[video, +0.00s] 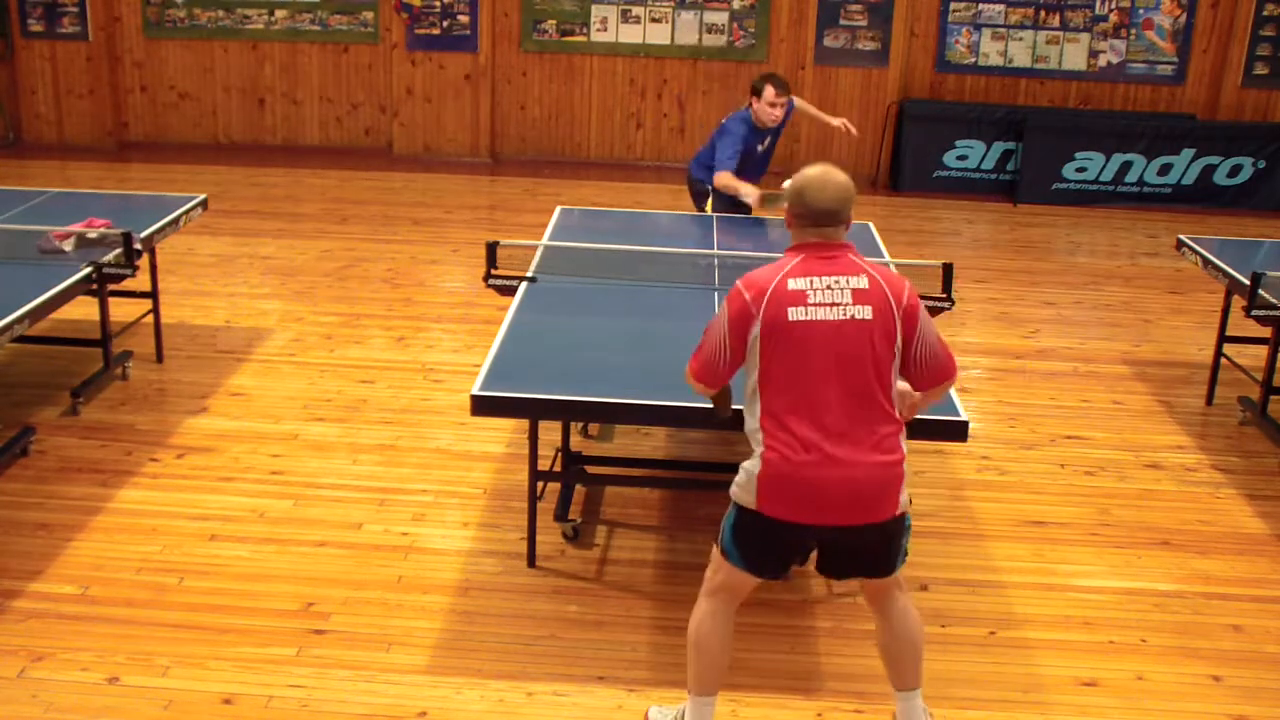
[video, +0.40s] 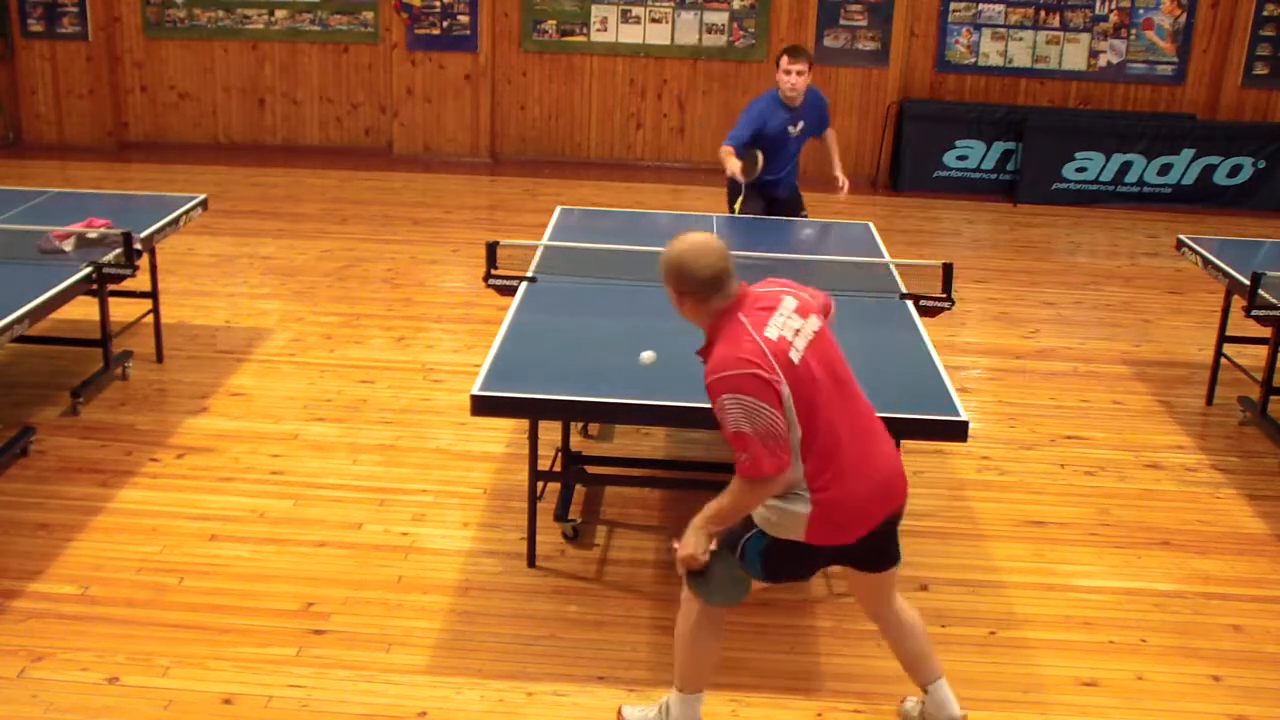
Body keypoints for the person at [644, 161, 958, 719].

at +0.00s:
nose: (784, 214)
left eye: (786, 207)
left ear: (789, 216)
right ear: (850, 218)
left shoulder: (758, 288)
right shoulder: (890, 287)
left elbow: (705, 375)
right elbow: (941, 369)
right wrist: (907, 401)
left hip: (780, 490)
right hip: (874, 492)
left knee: (721, 594)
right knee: (888, 593)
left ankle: (696, 713)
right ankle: (912, 712)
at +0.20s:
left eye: (756, 230)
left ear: (756, 239)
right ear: (817, 233)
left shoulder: (750, 323)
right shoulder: (871, 292)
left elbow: (713, 428)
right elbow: (915, 363)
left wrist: (687, 423)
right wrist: (852, 362)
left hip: (796, 505)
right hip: (884, 499)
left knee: (709, 582)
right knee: (886, 597)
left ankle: (684, 711)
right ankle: (919, 711)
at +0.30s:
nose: (711, 263)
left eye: (712, 257)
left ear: (718, 266)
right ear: (775, 249)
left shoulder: (744, 351)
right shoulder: (829, 289)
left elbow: (737, 471)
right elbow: (863, 349)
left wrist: (691, 494)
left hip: (812, 514)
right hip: (891, 496)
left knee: (711, 583)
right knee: (881, 596)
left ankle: (683, 708)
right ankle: (926, 709)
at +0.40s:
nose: (672, 300)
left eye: (671, 292)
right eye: (671, 291)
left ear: (681, 298)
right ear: (730, 270)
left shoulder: (734, 364)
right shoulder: (774, 291)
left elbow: (768, 471)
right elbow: (824, 304)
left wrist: (704, 524)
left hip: (818, 511)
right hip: (886, 482)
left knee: (702, 584)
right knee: (884, 601)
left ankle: (681, 709)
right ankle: (944, 704)